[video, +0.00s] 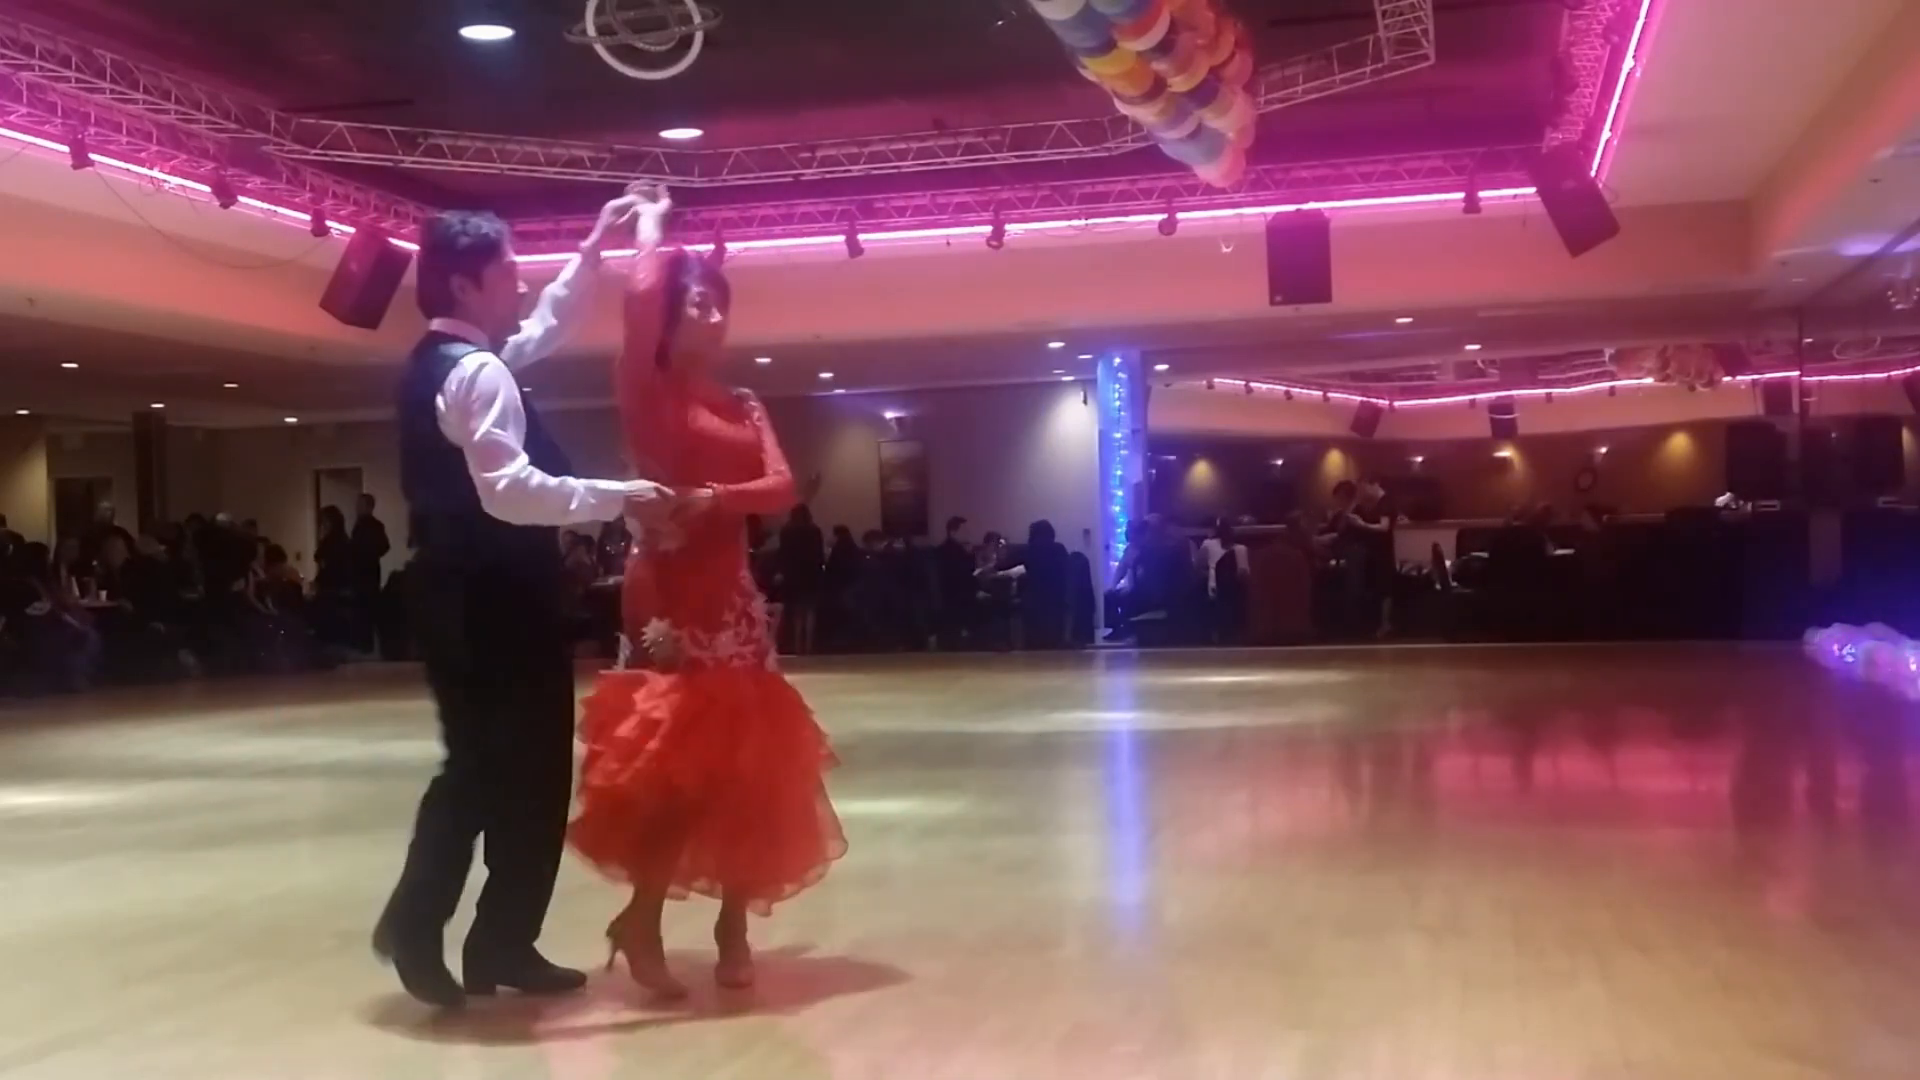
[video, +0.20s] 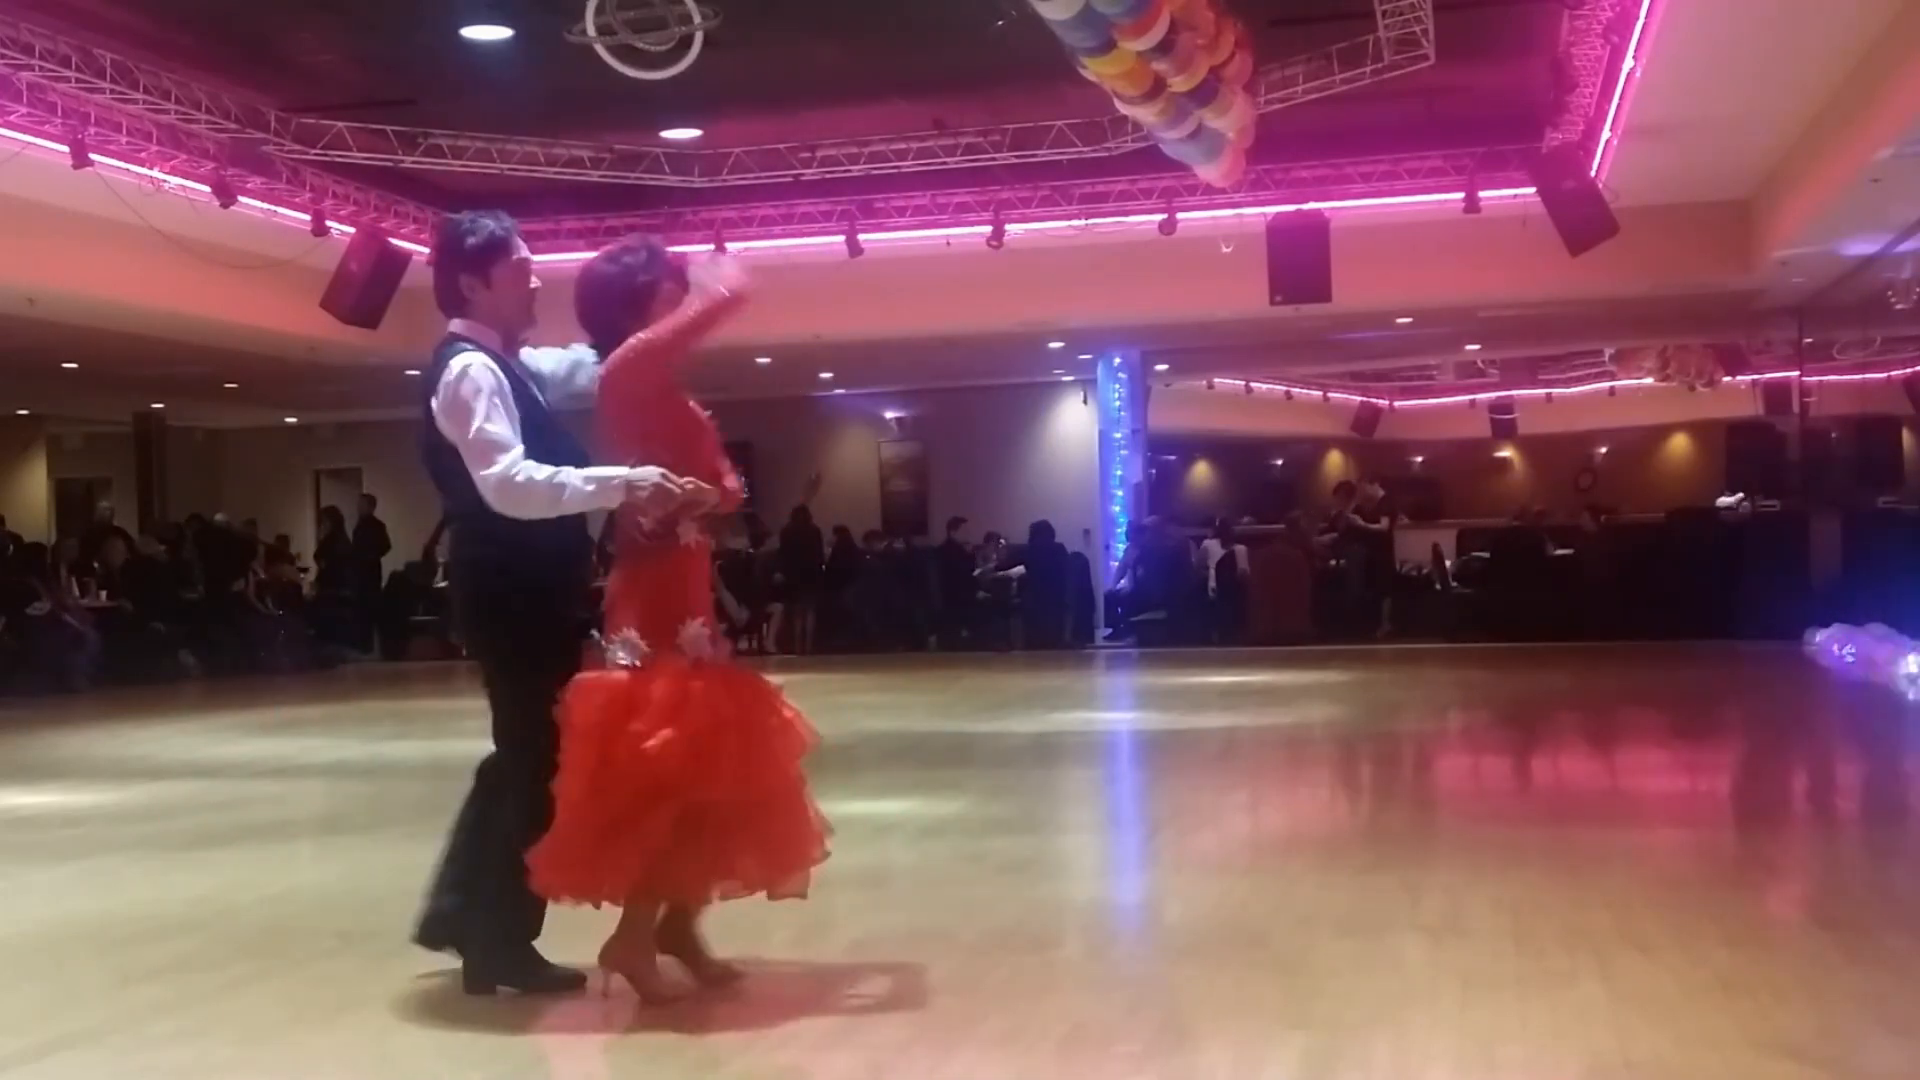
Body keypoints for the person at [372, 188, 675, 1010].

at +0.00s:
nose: (520, 282)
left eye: (514, 269)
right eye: (508, 270)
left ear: (447, 284)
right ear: (469, 281)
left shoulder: (435, 364)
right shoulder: (479, 371)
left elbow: (540, 325)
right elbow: (508, 488)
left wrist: (595, 244)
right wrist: (627, 496)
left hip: (455, 591)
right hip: (511, 596)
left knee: (475, 764)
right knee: (534, 774)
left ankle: (411, 924)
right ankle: (504, 945)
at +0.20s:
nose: (536, 282)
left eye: (532, 268)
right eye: (521, 270)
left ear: (487, 283)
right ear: (470, 281)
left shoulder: (505, 363)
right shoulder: (469, 370)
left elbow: (589, 368)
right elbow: (507, 483)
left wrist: (658, 318)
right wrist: (623, 481)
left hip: (536, 586)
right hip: (511, 591)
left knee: (531, 753)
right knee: (535, 757)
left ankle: (462, 914)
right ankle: (497, 947)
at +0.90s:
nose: (584, 298)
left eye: (586, 284)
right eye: (568, 286)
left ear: (589, 294)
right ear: (528, 298)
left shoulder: (609, 379)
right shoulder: (497, 376)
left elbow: (662, 466)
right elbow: (500, 479)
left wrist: (709, 517)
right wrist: (583, 507)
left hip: (614, 583)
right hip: (540, 585)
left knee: (622, 752)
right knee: (539, 759)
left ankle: (640, 925)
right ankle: (513, 942)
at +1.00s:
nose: (594, 296)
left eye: (598, 283)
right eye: (576, 286)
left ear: (608, 295)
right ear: (537, 301)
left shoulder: (630, 381)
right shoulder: (505, 383)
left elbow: (666, 466)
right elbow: (502, 484)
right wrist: (589, 500)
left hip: (633, 576)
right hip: (552, 580)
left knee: (641, 739)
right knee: (543, 749)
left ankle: (647, 916)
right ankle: (531, 937)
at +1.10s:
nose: (594, 303)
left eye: (603, 289)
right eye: (576, 290)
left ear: (618, 301)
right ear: (542, 303)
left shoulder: (643, 384)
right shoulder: (513, 387)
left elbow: (672, 467)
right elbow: (499, 489)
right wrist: (587, 498)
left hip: (634, 585)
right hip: (553, 587)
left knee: (639, 741)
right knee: (555, 748)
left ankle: (648, 911)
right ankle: (543, 928)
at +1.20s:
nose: (590, 306)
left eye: (600, 293)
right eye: (574, 294)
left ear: (618, 303)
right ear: (544, 307)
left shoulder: (654, 384)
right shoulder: (514, 390)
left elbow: (685, 474)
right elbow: (499, 491)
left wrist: (657, 513)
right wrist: (596, 501)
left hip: (637, 584)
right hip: (557, 589)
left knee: (638, 733)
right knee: (560, 742)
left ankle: (648, 891)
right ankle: (580, 885)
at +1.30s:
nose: (586, 308)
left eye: (598, 296)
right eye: (570, 297)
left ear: (617, 307)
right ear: (546, 309)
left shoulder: (658, 387)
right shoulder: (514, 394)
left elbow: (694, 478)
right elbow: (500, 495)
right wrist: (607, 495)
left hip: (640, 592)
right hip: (556, 597)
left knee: (641, 739)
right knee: (569, 747)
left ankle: (648, 899)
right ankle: (634, 871)